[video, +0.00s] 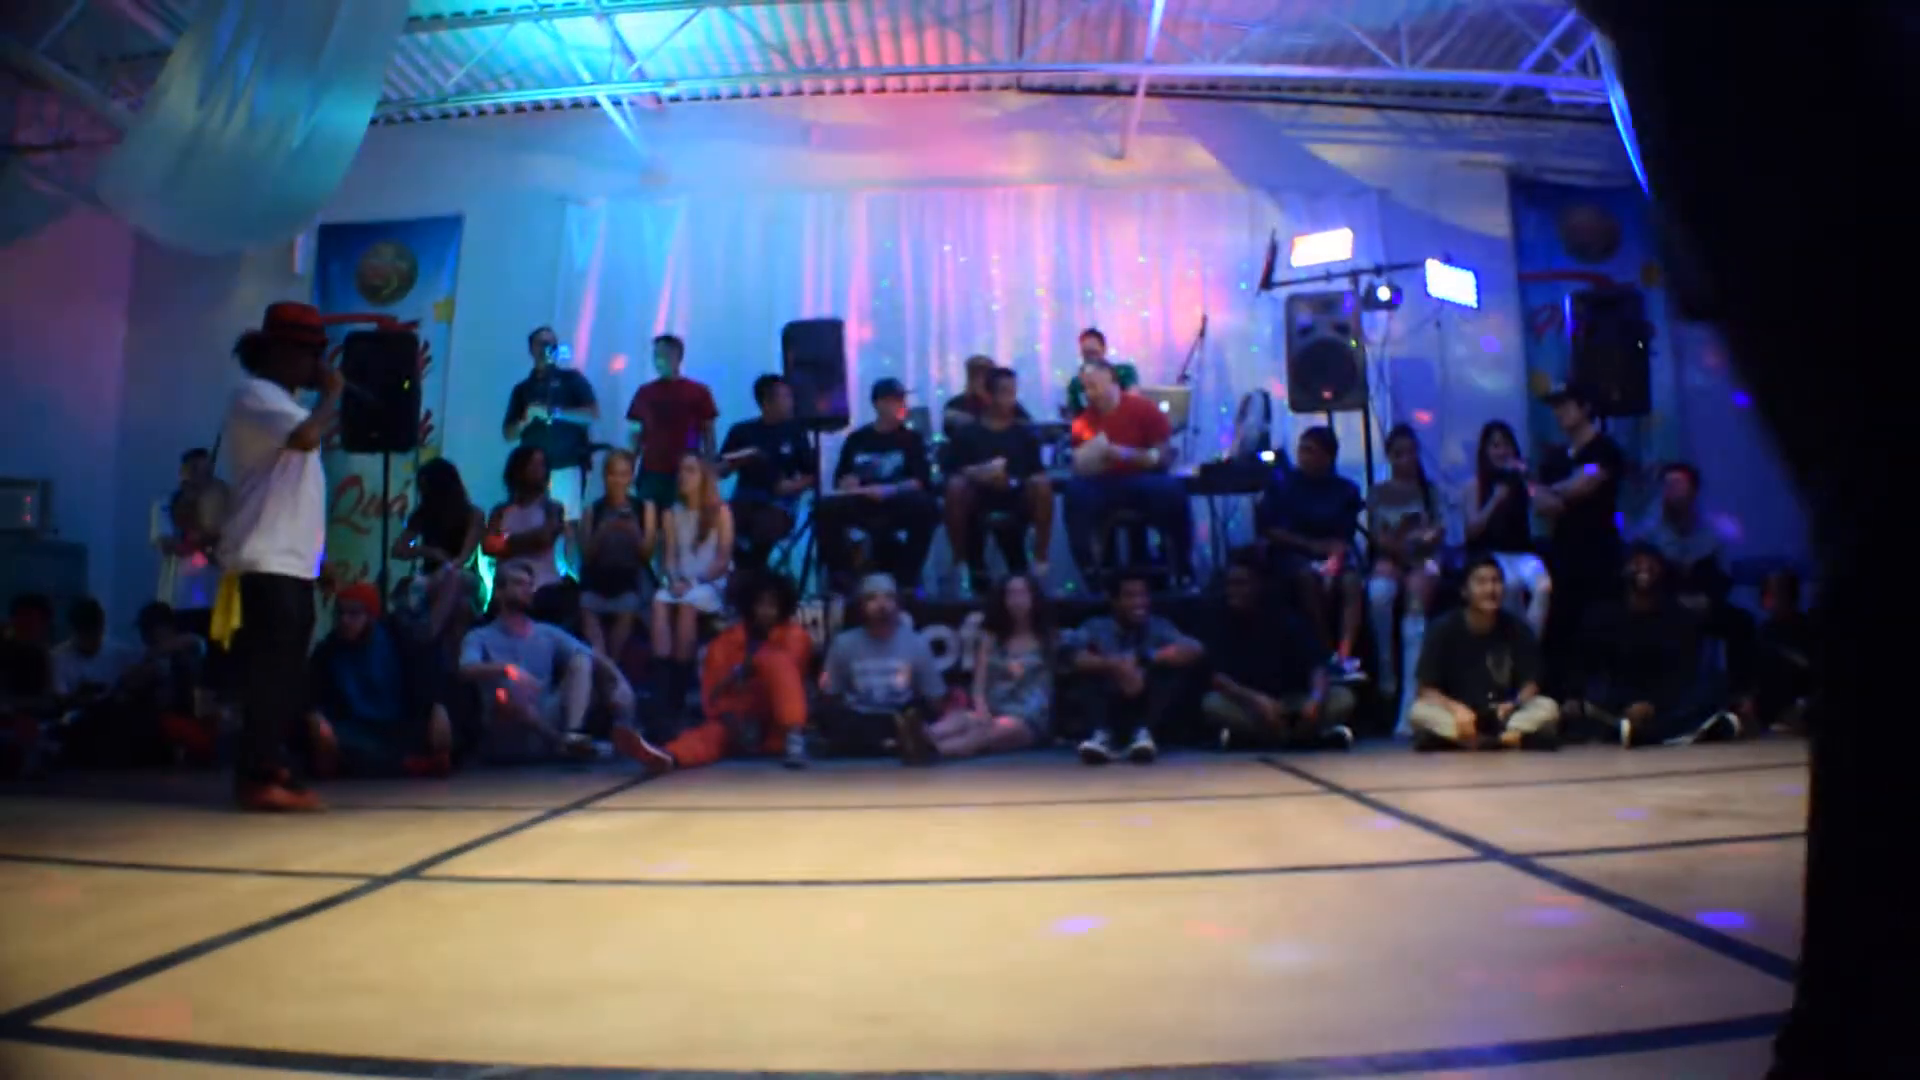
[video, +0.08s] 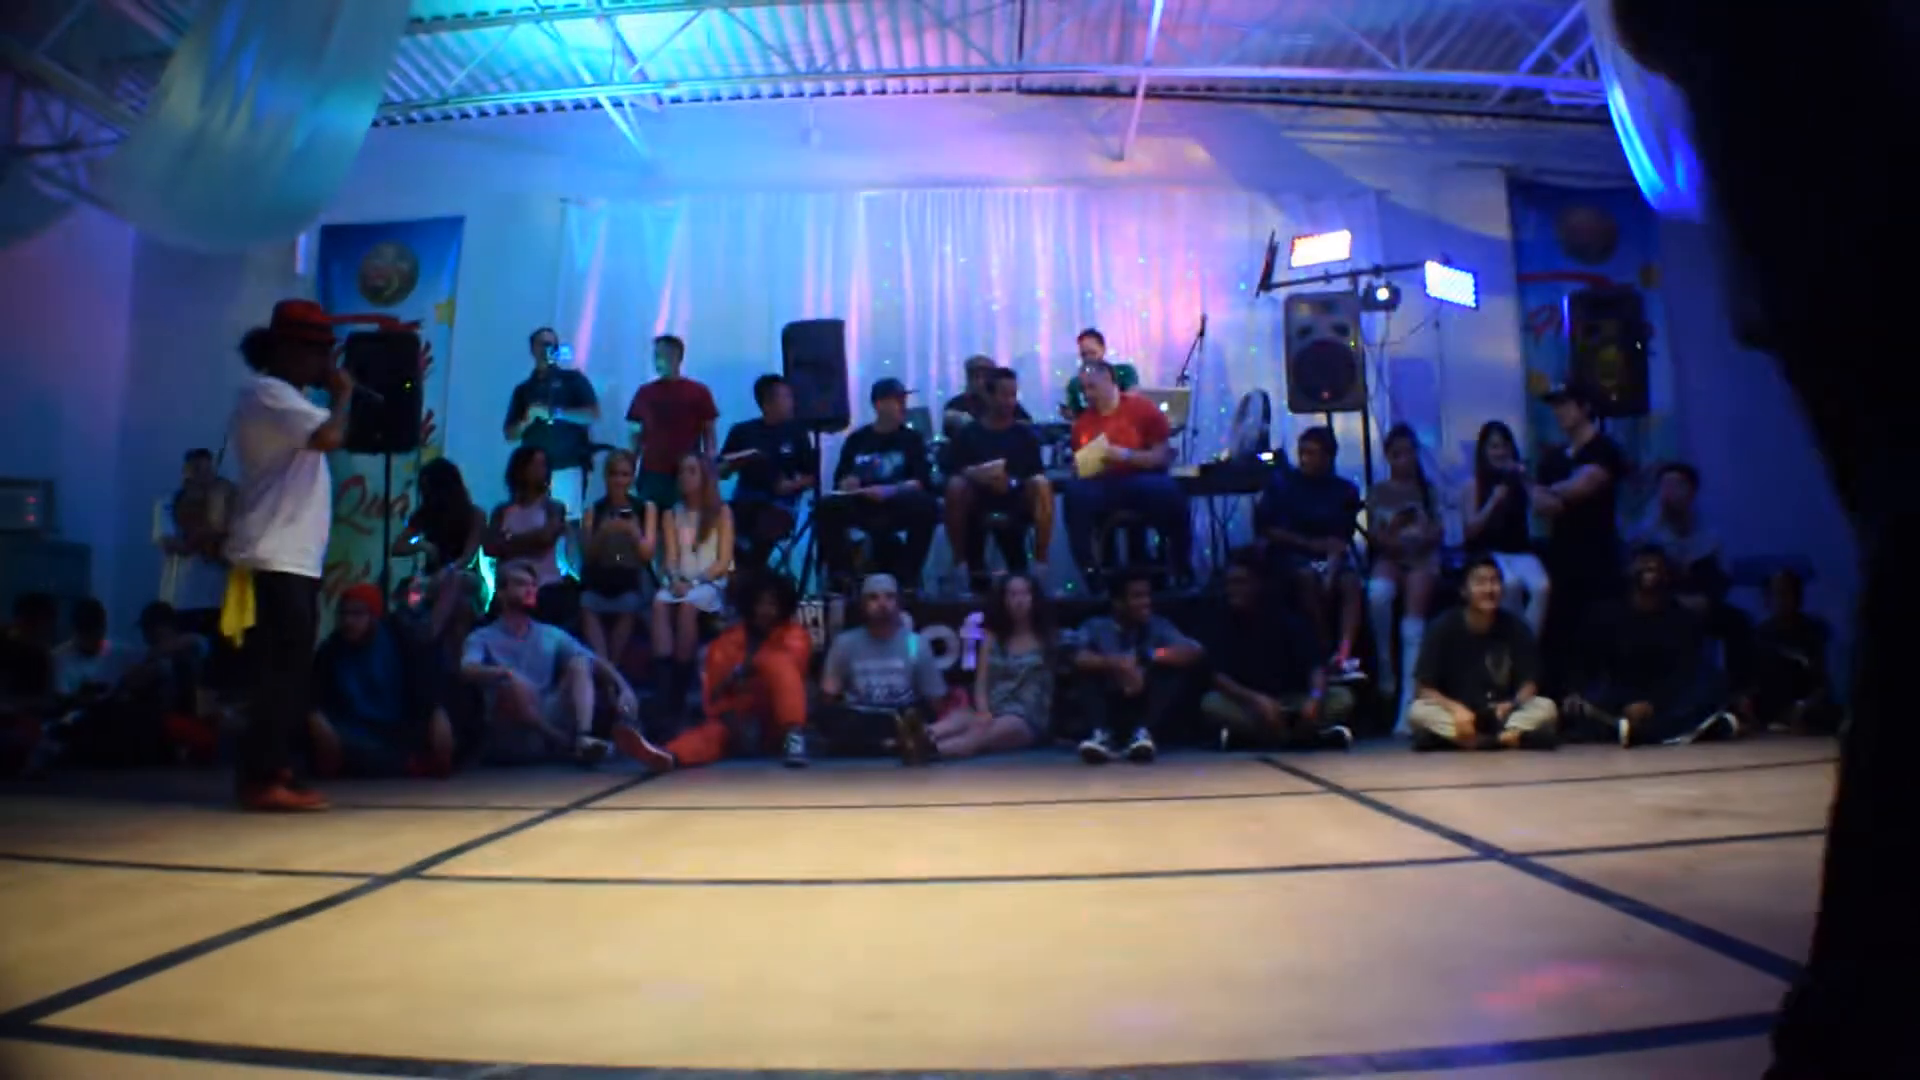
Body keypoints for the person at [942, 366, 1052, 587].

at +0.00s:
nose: (1011, 400)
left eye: (1013, 393)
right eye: (1004, 393)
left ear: (1016, 395)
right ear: (987, 396)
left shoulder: (1024, 433)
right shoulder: (968, 434)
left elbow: (1036, 472)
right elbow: (951, 469)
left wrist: (1009, 477)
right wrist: (979, 473)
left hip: (1015, 488)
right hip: (979, 490)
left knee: (1041, 485)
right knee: (956, 487)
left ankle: (1041, 560)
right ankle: (959, 563)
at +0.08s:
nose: (1010, 402)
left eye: (1013, 395)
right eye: (1004, 395)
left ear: (1017, 396)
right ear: (988, 396)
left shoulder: (1025, 434)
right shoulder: (968, 434)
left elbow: (1036, 472)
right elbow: (950, 468)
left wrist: (1010, 480)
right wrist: (976, 475)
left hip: (1015, 489)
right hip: (979, 490)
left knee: (1041, 485)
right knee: (956, 486)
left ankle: (1041, 562)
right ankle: (959, 563)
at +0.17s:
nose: (1012, 402)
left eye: (1014, 396)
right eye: (1006, 396)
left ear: (1018, 397)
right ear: (989, 397)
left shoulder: (1025, 434)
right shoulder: (968, 434)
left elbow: (1036, 472)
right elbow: (952, 467)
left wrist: (1009, 478)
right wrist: (976, 474)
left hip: (1015, 489)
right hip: (980, 490)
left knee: (1040, 485)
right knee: (956, 487)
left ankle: (1041, 562)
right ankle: (960, 564)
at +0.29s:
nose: (1012, 402)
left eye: (1015, 395)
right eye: (1006, 395)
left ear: (1017, 397)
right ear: (990, 397)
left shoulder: (1026, 433)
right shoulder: (970, 434)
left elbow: (1036, 471)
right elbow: (953, 467)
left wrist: (1010, 480)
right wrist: (975, 475)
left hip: (1014, 489)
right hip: (980, 490)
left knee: (1040, 486)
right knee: (957, 487)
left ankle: (1040, 561)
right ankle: (959, 564)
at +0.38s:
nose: (1012, 403)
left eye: (1014, 397)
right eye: (1006, 396)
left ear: (1017, 398)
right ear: (989, 398)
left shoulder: (1025, 433)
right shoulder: (970, 434)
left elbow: (1035, 471)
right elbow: (953, 467)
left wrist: (1010, 479)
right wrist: (975, 474)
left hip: (1014, 489)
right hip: (980, 489)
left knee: (1040, 486)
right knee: (957, 487)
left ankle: (1040, 560)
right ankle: (959, 564)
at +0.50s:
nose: (1015, 405)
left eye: (1017, 399)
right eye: (1010, 399)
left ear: (1019, 399)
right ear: (991, 399)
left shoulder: (1027, 434)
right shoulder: (969, 433)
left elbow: (1036, 472)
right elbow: (952, 469)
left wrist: (1010, 482)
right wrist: (974, 476)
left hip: (1014, 490)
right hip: (979, 491)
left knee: (1041, 486)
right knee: (957, 488)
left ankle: (1040, 562)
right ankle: (959, 566)